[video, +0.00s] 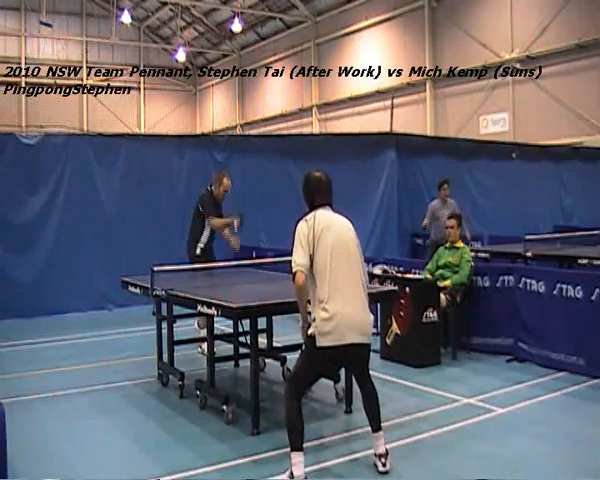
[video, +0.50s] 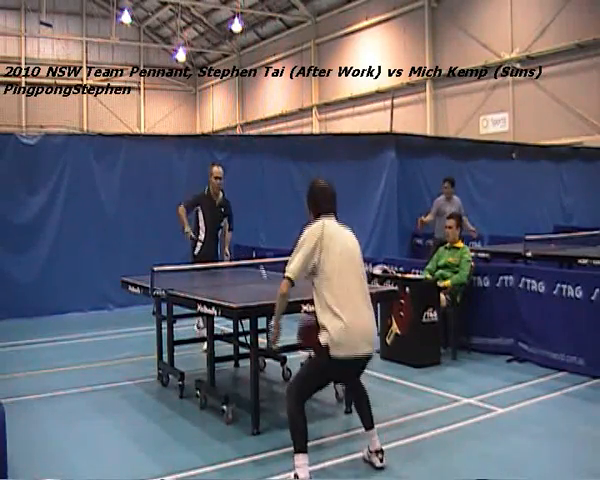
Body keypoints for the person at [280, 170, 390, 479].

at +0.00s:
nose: (306, 199)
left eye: (305, 194)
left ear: (306, 196)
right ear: (330, 195)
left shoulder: (307, 225)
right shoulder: (347, 224)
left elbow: (299, 277)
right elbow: (358, 274)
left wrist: (304, 318)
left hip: (328, 331)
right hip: (361, 328)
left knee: (293, 390)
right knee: (364, 379)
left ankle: (297, 468)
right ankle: (381, 449)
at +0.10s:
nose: (306, 198)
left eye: (305, 193)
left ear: (306, 195)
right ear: (330, 193)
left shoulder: (309, 222)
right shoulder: (348, 221)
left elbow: (303, 277)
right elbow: (358, 269)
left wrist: (305, 315)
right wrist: (328, 304)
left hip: (333, 325)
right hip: (365, 322)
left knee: (298, 389)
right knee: (365, 378)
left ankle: (297, 468)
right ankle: (381, 449)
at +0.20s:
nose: (305, 197)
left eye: (304, 192)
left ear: (306, 193)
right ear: (329, 191)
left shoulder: (309, 220)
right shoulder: (347, 218)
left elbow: (305, 275)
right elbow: (356, 267)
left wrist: (306, 316)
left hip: (336, 321)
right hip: (368, 319)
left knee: (302, 387)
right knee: (365, 378)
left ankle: (299, 467)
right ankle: (381, 450)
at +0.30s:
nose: (301, 193)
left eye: (301, 188)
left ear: (304, 191)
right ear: (327, 189)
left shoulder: (308, 220)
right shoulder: (344, 217)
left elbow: (299, 279)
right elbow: (352, 266)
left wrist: (300, 322)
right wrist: (325, 300)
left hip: (336, 322)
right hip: (366, 319)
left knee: (300, 388)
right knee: (363, 375)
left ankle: (301, 468)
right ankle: (382, 449)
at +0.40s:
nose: (302, 195)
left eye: (302, 190)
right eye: (309, 188)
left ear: (305, 192)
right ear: (329, 191)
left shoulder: (309, 221)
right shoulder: (345, 219)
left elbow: (294, 280)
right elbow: (350, 268)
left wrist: (290, 323)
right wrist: (325, 308)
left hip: (335, 325)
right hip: (366, 322)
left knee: (298, 388)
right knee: (358, 373)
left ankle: (301, 468)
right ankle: (379, 443)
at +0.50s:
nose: (307, 208)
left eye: (307, 204)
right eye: (309, 203)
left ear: (310, 205)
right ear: (334, 205)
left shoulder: (316, 231)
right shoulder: (348, 234)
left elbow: (286, 284)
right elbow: (349, 284)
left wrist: (276, 322)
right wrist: (322, 308)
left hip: (339, 343)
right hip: (366, 340)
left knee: (295, 393)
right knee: (352, 380)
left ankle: (301, 470)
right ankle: (375, 447)